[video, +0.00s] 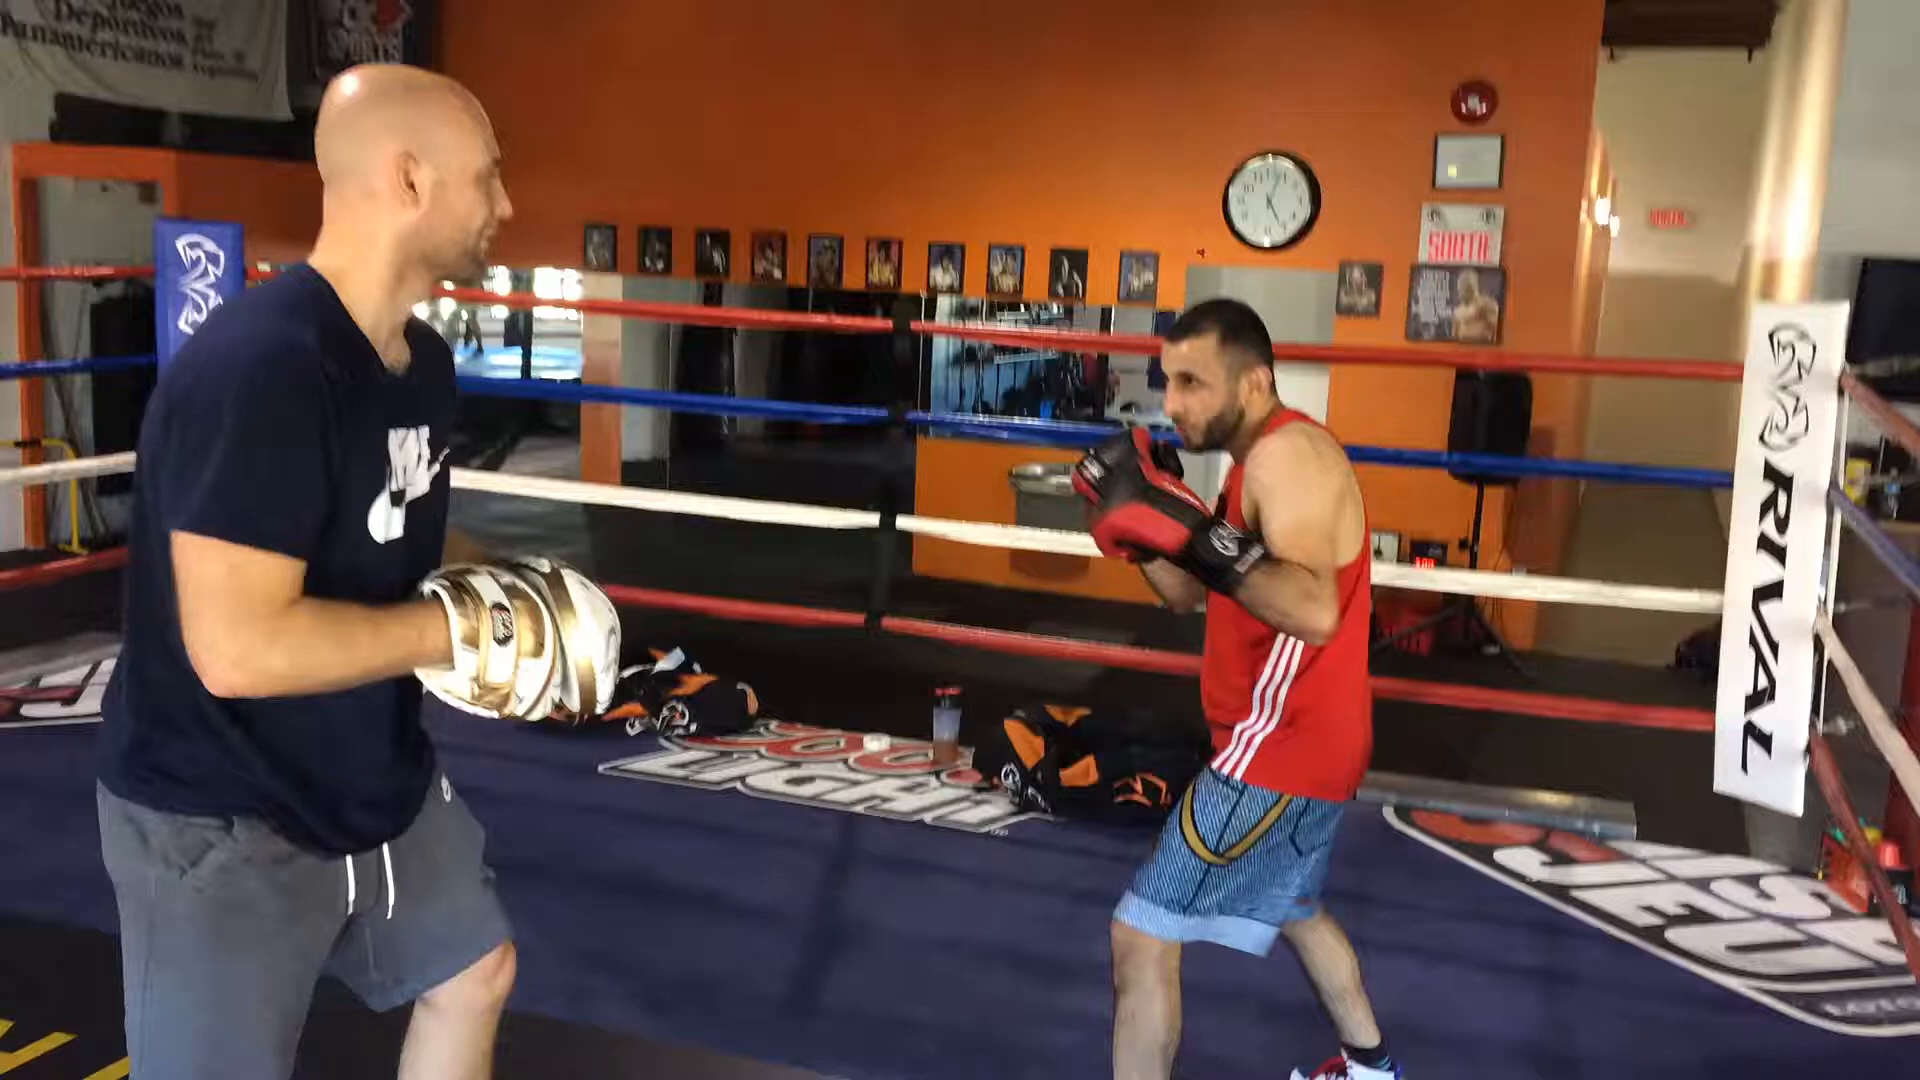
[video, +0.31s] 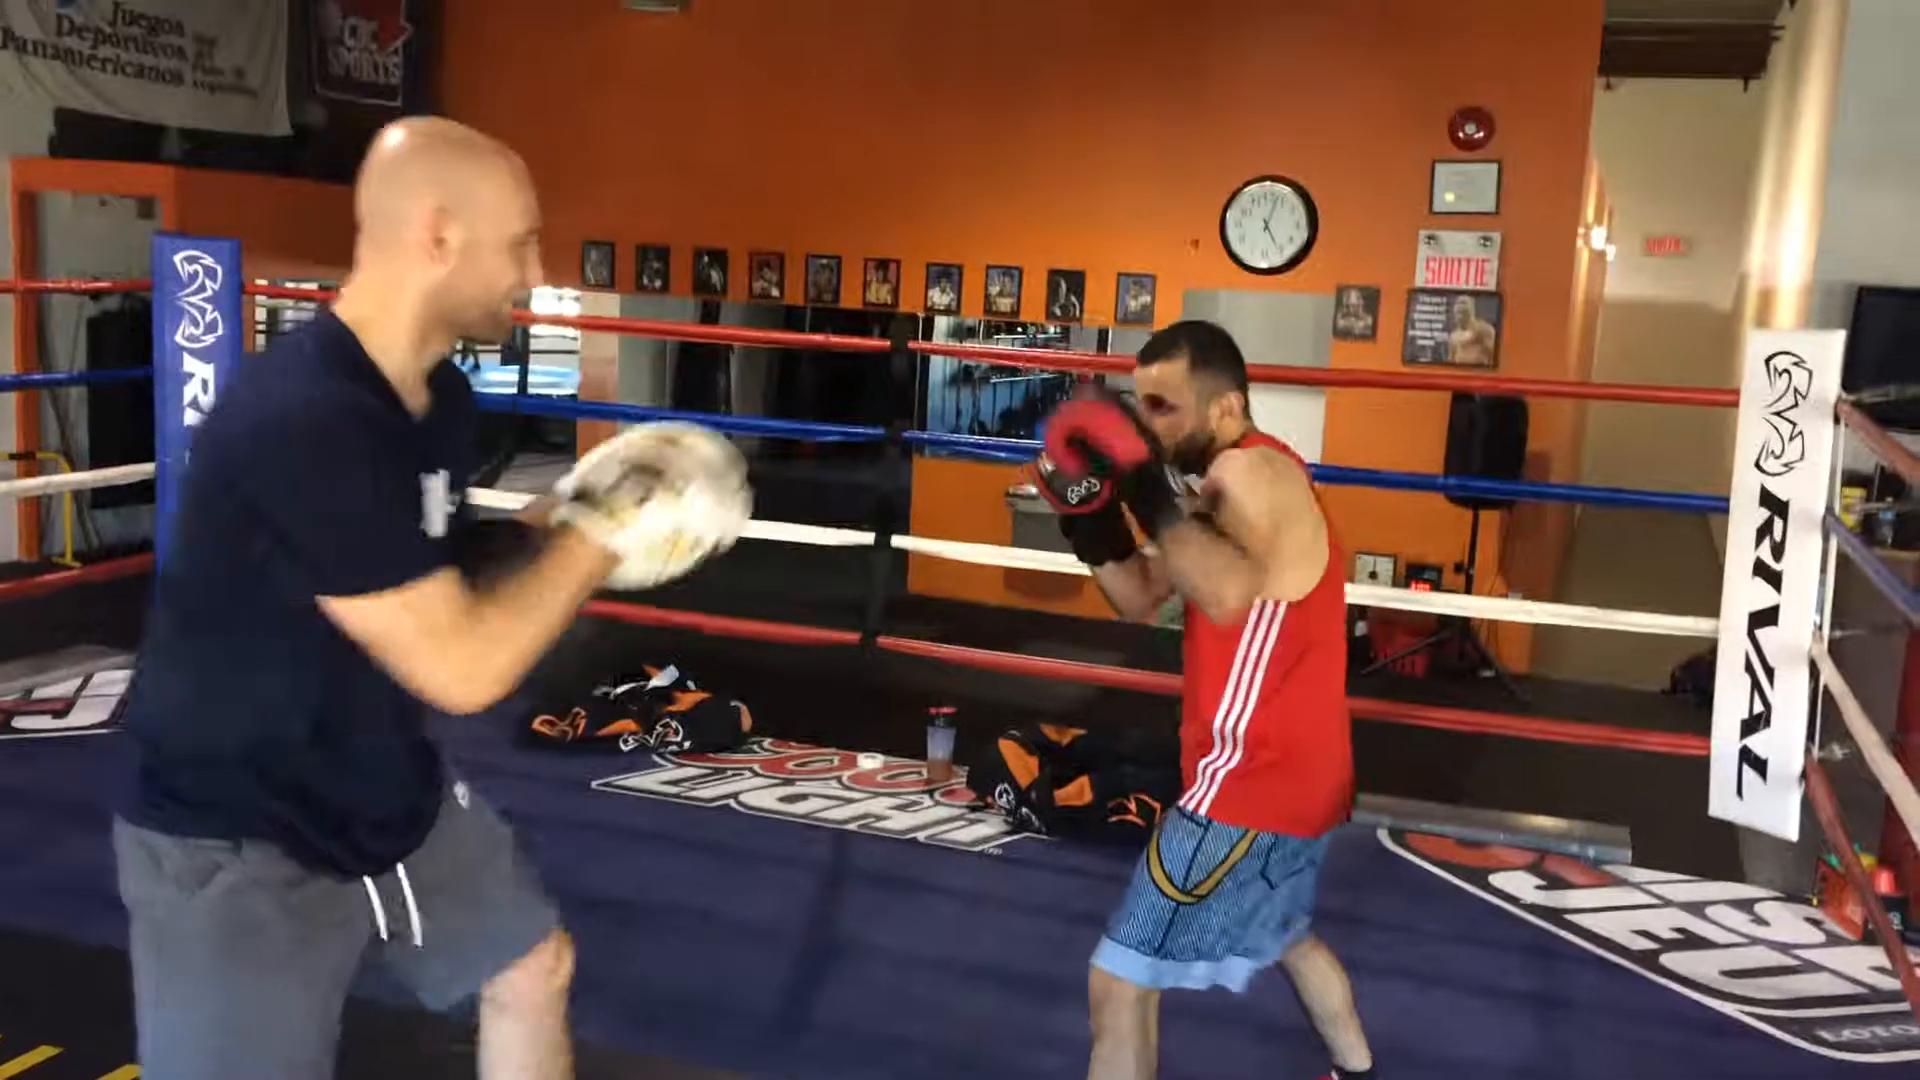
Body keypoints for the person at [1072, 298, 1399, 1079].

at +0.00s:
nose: (1172, 405)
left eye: (1190, 384)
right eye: (1167, 383)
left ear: (1252, 380)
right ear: (1245, 383)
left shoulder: (1288, 458)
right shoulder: (1259, 458)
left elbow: (1315, 611)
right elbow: (1191, 595)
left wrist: (1198, 535)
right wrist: (1135, 514)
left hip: (1278, 754)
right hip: (1307, 751)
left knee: (1143, 935)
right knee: (1297, 908)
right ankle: (1370, 1063)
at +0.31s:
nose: (1144, 427)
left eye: (1163, 409)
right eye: (1138, 408)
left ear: (1227, 406)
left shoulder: (1250, 473)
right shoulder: (1213, 481)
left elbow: (1228, 592)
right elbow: (1138, 597)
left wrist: (1146, 484)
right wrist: (1089, 517)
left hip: (1249, 785)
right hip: (1294, 781)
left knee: (1120, 977)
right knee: (1292, 938)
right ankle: (1358, 1069)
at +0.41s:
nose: (1142, 433)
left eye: (1157, 415)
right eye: (1136, 416)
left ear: (1217, 411)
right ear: (1214, 414)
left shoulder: (1244, 472)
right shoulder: (1217, 480)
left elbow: (1171, 548)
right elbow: (1139, 604)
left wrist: (1113, 434)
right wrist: (1083, 522)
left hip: (1257, 792)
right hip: (1308, 785)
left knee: (1125, 984)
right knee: (1302, 939)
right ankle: (1366, 1071)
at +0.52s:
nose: (1147, 442)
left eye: (1161, 424)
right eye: (1144, 426)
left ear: (1222, 423)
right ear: (1224, 425)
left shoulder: (1252, 481)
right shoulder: (1227, 489)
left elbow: (1173, 560)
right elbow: (1152, 618)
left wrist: (1119, 450)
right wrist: (1090, 537)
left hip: (1267, 799)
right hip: (1318, 791)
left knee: (1126, 989)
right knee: (1321, 938)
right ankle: (1395, 1067)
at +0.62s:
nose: (1161, 464)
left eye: (1176, 444)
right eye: (1156, 445)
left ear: (1240, 440)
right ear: (1242, 443)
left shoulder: (1270, 504)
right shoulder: (1268, 507)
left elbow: (1236, 636)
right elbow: (1175, 643)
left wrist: (1157, 536)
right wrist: (1119, 572)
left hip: (1283, 812)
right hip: (1339, 806)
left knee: (1126, 993)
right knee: (1349, 957)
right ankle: (1420, 1076)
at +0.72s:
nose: (1165, 473)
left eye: (1183, 452)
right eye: (1164, 451)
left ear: (1249, 450)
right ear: (1252, 454)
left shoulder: (1280, 518)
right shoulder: (1292, 513)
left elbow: (1277, 677)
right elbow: (1202, 661)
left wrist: (1179, 582)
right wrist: (1142, 596)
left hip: (1294, 819)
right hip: (1345, 812)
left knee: (1135, 992)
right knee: (1342, 958)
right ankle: (1418, 1075)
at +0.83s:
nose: (1170, 478)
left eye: (1189, 456)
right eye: (1168, 456)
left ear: (1255, 457)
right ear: (1255, 460)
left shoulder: (1282, 518)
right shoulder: (1301, 514)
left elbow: (1252, 663)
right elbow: (1203, 657)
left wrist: (1162, 572)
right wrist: (1132, 585)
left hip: (1298, 823)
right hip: (1350, 815)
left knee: (1133, 992)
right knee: (1312, 940)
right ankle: (1388, 1066)